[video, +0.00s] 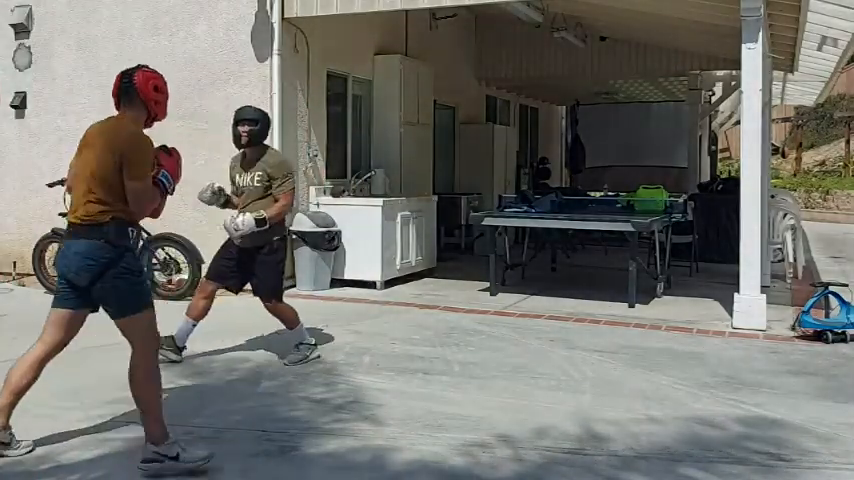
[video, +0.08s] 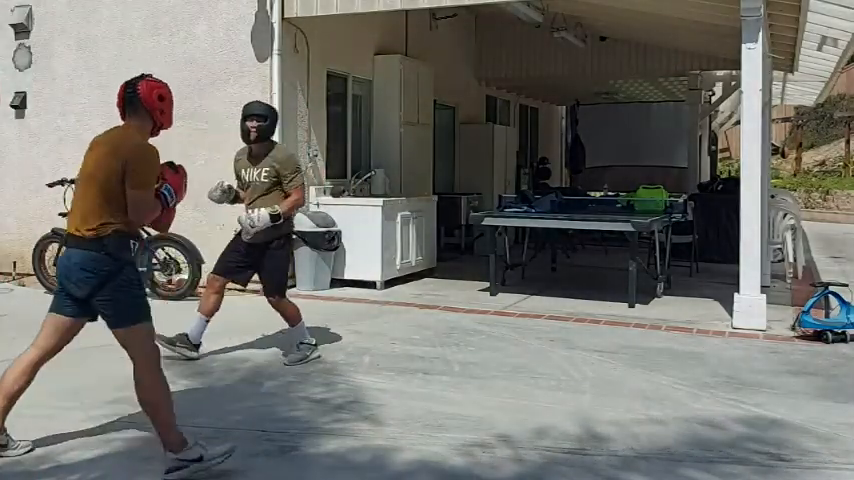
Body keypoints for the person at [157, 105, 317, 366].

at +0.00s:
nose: (243, 130)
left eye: (250, 125)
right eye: (239, 125)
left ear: (262, 130)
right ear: (234, 130)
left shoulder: (276, 162)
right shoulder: (237, 163)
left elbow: (285, 204)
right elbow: (242, 202)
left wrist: (256, 220)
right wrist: (221, 199)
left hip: (270, 241)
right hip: (240, 238)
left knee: (271, 301)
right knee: (207, 286)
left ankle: (306, 341)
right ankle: (177, 343)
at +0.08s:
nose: (251, 125)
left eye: (258, 120)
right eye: (248, 120)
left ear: (270, 125)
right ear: (242, 124)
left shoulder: (284, 157)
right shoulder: (241, 158)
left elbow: (298, 197)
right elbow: (249, 195)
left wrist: (271, 216)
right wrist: (230, 195)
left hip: (276, 236)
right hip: (247, 234)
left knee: (275, 296)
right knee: (216, 280)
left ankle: (306, 341)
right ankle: (192, 340)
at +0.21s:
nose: (261, 130)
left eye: (266, 125)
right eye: (257, 124)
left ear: (276, 123)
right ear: (252, 122)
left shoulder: (293, 149)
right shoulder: (247, 150)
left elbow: (315, 181)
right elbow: (251, 186)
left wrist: (292, 201)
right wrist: (236, 185)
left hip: (282, 231)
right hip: (254, 228)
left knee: (283, 287)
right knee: (229, 277)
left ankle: (307, 342)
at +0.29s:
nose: (267, 126)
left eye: (273, 121)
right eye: (262, 121)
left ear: (282, 123)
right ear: (254, 122)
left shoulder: (295, 148)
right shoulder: (248, 152)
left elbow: (321, 178)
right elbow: (246, 188)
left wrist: (301, 197)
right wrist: (239, 184)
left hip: (284, 230)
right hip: (257, 230)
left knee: (283, 286)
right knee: (249, 283)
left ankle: (307, 341)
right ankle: (278, 323)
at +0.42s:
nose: (267, 130)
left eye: (273, 125)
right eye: (262, 125)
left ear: (281, 127)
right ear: (254, 127)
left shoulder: (295, 153)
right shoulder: (252, 154)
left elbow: (322, 183)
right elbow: (246, 187)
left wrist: (308, 198)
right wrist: (241, 190)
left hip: (286, 234)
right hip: (259, 234)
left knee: (282, 286)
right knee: (259, 286)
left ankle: (306, 340)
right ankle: (282, 329)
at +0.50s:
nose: (264, 130)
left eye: (269, 126)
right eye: (262, 126)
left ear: (279, 128)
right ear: (259, 125)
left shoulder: (298, 150)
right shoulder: (256, 150)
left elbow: (321, 178)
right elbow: (244, 184)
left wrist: (309, 194)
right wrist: (249, 188)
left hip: (289, 227)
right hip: (262, 228)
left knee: (288, 279)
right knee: (260, 284)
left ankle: (309, 337)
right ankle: (282, 328)